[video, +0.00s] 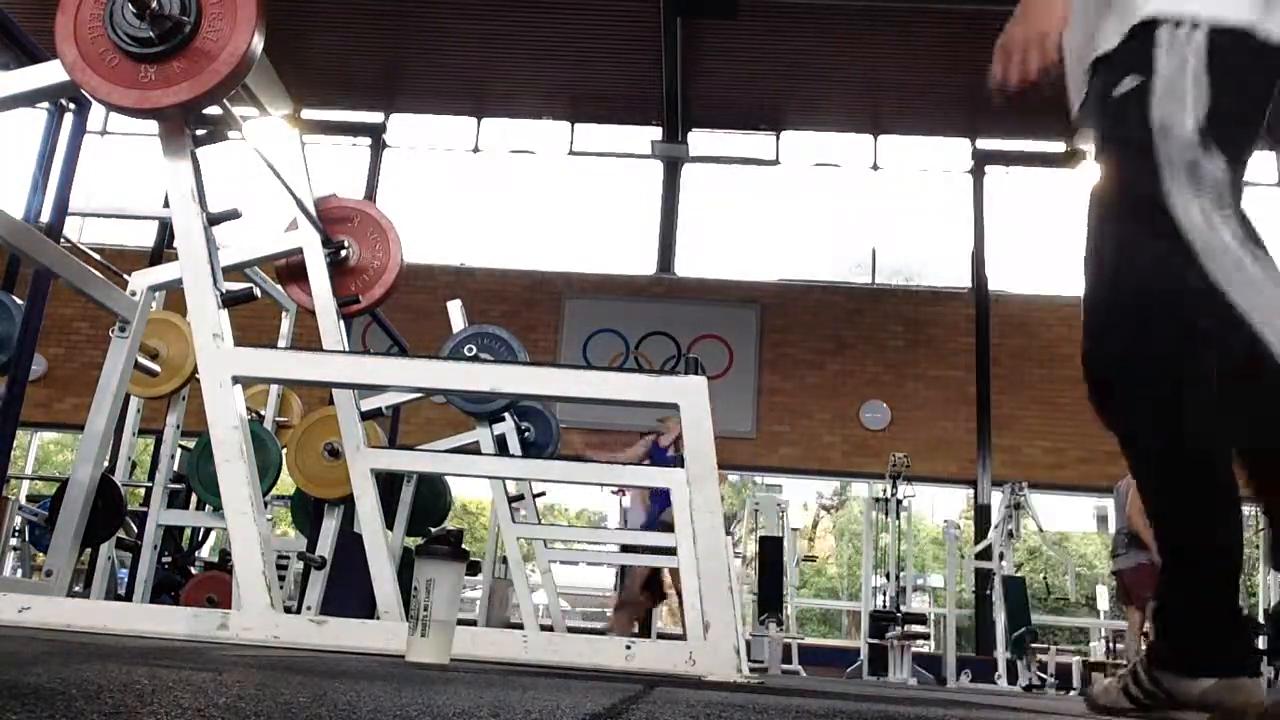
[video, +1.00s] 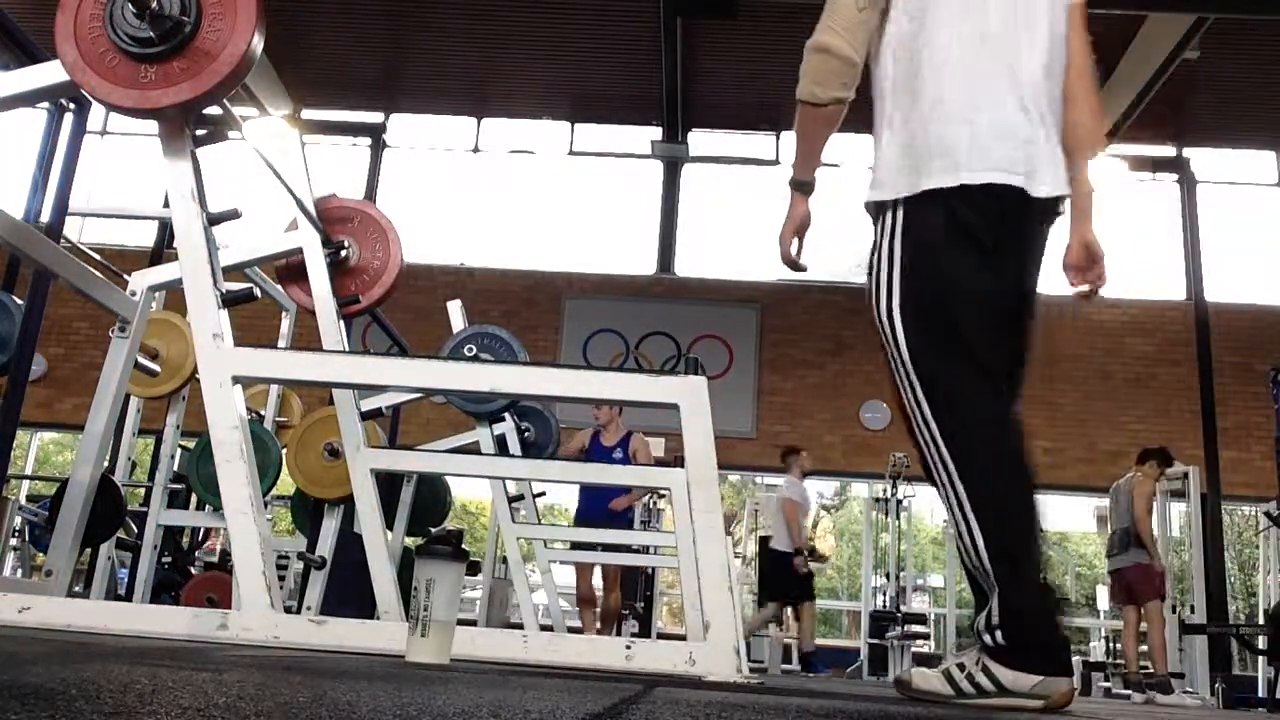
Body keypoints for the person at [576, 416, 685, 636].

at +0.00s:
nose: (667, 427)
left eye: (673, 423)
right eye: (666, 423)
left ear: (683, 425)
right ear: (663, 425)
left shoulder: (692, 447)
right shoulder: (653, 442)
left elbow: (720, 477)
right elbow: (625, 457)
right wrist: (590, 454)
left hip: (684, 521)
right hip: (657, 518)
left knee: (682, 581)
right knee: (638, 572)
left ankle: (693, 633)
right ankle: (620, 623)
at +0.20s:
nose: (623, 407)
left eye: (629, 402)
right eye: (623, 402)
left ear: (643, 406)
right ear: (629, 409)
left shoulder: (666, 437)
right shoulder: (618, 441)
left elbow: (692, 469)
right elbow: (588, 456)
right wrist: (558, 452)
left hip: (661, 523)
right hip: (627, 523)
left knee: (668, 585)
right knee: (610, 582)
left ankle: (684, 639)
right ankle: (598, 639)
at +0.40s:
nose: (596, 406)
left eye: (602, 401)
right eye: (596, 401)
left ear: (619, 405)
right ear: (604, 408)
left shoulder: (644, 432)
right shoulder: (592, 441)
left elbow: (667, 469)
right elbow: (567, 463)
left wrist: (662, 499)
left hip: (641, 517)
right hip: (608, 517)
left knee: (643, 580)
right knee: (600, 580)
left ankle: (650, 640)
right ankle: (596, 640)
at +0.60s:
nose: (588, 407)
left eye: (594, 403)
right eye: (589, 403)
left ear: (610, 406)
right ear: (599, 409)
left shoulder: (634, 432)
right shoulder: (583, 438)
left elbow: (656, 471)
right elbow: (555, 460)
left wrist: (646, 497)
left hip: (627, 518)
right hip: (596, 518)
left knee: (623, 580)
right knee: (594, 580)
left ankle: (624, 634)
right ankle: (594, 639)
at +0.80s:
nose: (590, 410)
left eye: (596, 405)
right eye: (591, 405)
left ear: (612, 409)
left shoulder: (634, 436)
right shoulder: (583, 435)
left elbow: (651, 473)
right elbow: (557, 456)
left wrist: (634, 495)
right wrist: (576, 448)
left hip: (619, 518)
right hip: (589, 517)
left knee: (613, 580)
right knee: (591, 579)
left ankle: (607, 636)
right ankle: (593, 638)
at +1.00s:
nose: (595, 412)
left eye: (600, 407)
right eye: (594, 408)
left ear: (616, 410)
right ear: (595, 411)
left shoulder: (635, 441)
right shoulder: (586, 436)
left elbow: (648, 479)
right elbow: (559, 457)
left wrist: (629, 498)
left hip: (616, 520)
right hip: (586, 517)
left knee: (611, 580)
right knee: (583, 577)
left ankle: (605, 636)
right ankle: (589, 634)